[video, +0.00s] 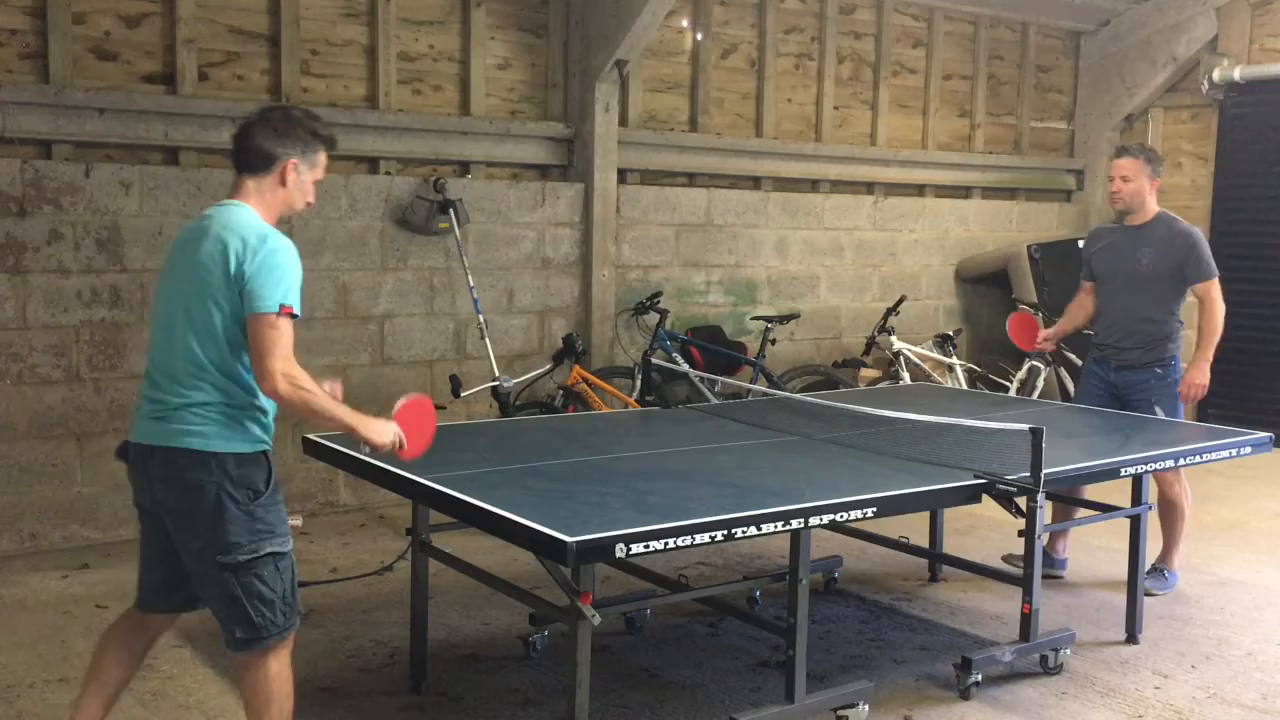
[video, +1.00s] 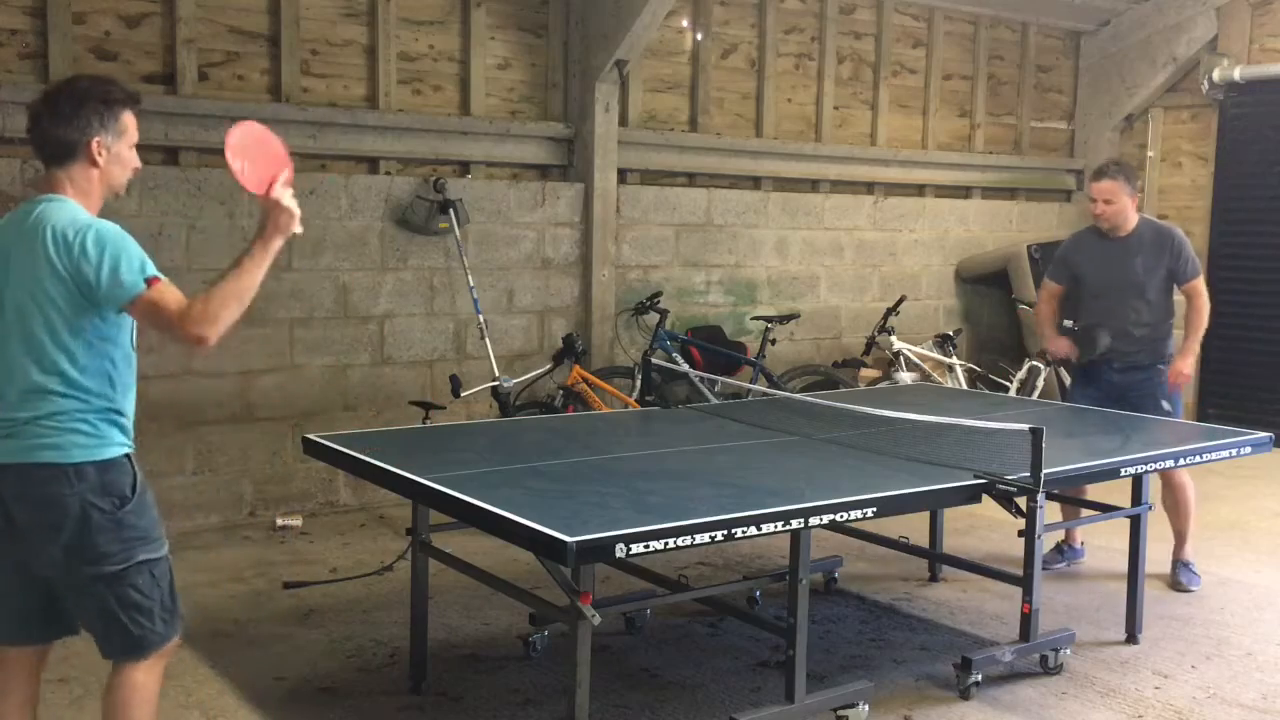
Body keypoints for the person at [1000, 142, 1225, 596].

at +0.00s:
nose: (1114, 188)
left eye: (1124, 180)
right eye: (1111, 181)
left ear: (1153, 185)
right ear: (1109, 185)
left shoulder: (1183, 238)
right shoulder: (1098, 238)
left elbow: (1212, 302)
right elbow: (1087, 298)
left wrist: (1201, 364)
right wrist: (1057, 331)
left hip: (1154, 375)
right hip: (1099, 370)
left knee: (1166, 474)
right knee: (1071, 458)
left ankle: (1167, 562)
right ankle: (1054, 549)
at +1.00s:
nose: (1097, 210)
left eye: (1106, 202)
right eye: (1093, 201)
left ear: (1133, 199)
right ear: (1088, 201)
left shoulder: (1167, 241)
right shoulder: (1074, 248)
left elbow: (1197, 297)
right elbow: (1047, 297)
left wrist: (1188, 354)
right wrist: (1050, 335)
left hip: (1151, 377)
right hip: (1090, 378)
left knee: (1170, 467)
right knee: (1069, 461)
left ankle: (1183, 556)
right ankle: (1070, 542)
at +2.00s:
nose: (1151, 205)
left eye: (1162, 198)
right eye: (1146, 196)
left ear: (1185, 202)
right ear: (1140, 198)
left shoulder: (1211, 251)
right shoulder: (1119, 247)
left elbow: (1243, 304)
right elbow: (1094, 300)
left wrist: (1266, 351)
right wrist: (1069, 347)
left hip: (1174, 376)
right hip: (1114, 369)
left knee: (1189, 468)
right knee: (1077, 445)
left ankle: (1207, 555)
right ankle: (1056, 522)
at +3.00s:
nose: (869, 246)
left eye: (875, 239)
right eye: (869, 239)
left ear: (901, 240)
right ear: (892, 241)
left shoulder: (944, 273)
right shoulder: (882, 297)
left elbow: (1002, 292)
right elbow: (847, 341)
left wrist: (1012, 305)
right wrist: (789, 351)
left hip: (984, 379)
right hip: (939, 387)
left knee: (1025, 460)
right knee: (898, 438)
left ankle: (1094, 536)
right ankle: (882, 508)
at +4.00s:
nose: (1088, 209)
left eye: (1097, 202)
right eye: (1082, 201)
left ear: (1113, 209)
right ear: (1072, 207)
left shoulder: (1126, 257)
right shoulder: (1048, 253)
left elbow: (1156, 305)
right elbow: (1016, 308)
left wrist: (1185, 337)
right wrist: (1046, 343)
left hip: (1087, 373)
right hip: (1040, 367)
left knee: (1072, 448)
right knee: (1036, 440)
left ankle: (1030, 508)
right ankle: (1025, 509)